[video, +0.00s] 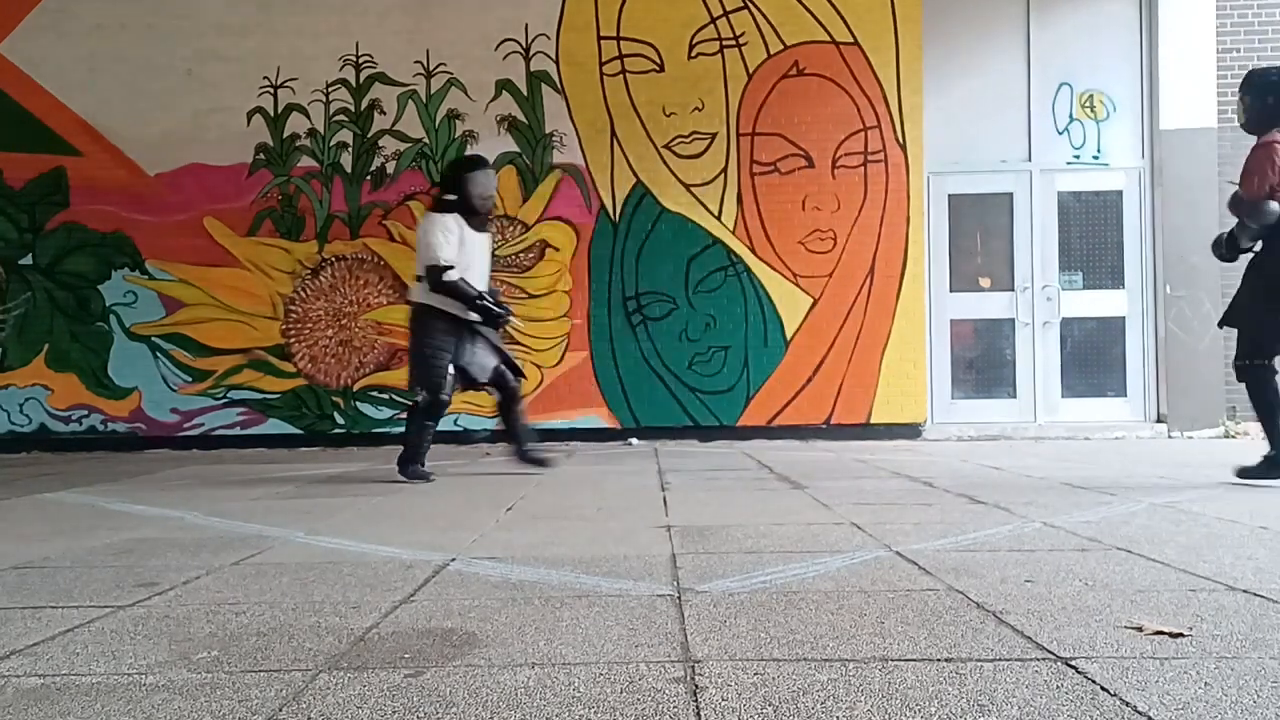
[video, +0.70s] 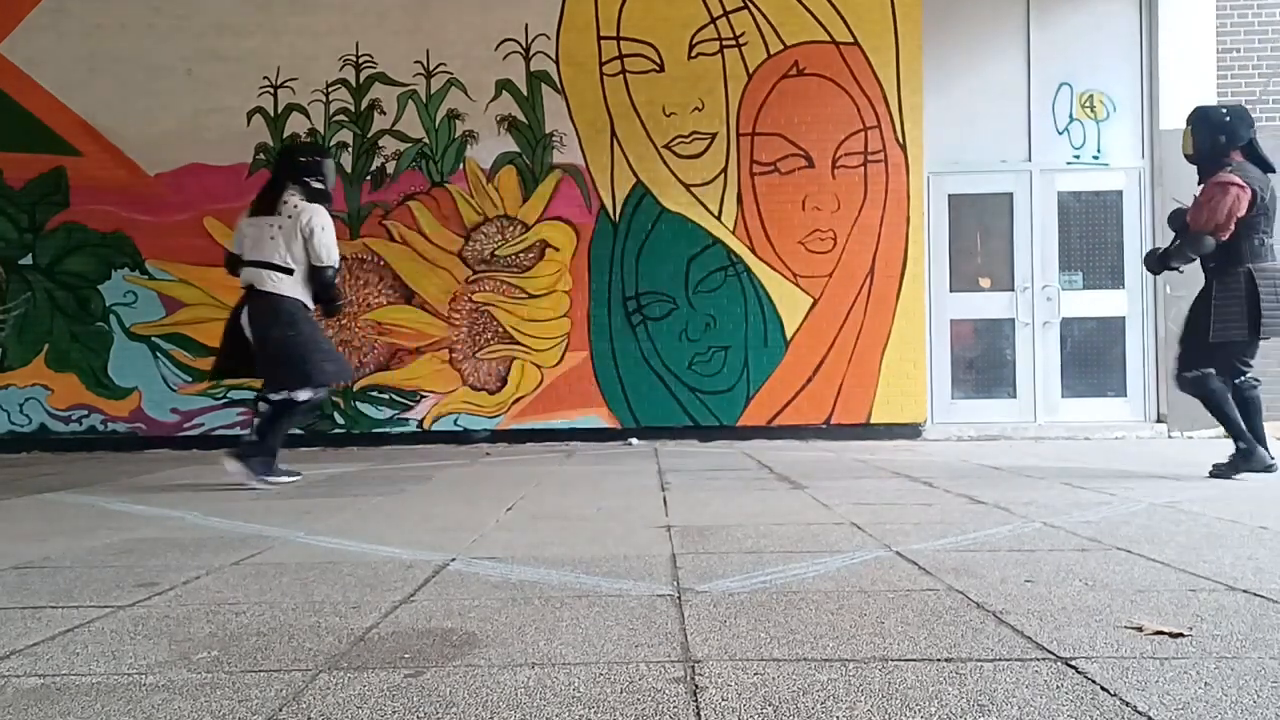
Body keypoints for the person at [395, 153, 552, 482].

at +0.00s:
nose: (490, 197)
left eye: (493, 189)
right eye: (482, 190)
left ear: (495, 188)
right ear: (459, 190)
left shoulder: (480, 228)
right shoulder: (439, 221)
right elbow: (439, 277)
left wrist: (493, 303)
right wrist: (481, 305)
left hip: (467, 324)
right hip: (435, 320)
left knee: (508, 381)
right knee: (436, 394)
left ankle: (523, 447)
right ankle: (411, 461)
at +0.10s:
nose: (470, 190)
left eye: (470, 182)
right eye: (463, 181)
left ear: (450, 182)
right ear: (441, 181)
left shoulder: (443, 221)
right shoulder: (419, 217)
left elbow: (444, 274)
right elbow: (423, 274)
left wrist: (471, 295)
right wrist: (464, 298)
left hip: (437, 317)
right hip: (412, 315)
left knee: (470, 379)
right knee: (430, 388)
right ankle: (410, 460)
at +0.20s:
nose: (446, 190)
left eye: (446, 183)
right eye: (440, 183)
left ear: (422, 184)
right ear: (419, 182)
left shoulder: (417, 218)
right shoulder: (400, 215)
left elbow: (422, 270)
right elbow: (405, 272)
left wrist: (448, 291)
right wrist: (452, 289)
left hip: (409, 312)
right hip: (392, 311)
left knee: (439, 377)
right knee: (422, 387)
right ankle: (410, 462)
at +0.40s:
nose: (398, 190)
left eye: (398, 182)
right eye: (393, 183)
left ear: (361, 184)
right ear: (374, 185)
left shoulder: (344, 212)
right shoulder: (360, 216)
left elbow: (353, 275)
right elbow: (370, 274)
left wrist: (393, 288)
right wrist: (411, 278)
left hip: (328, 316)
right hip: (350, 317)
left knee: (323, 395)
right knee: (390, 386)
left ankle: (272, 457)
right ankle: (405, 461)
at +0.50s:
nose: (368, 193)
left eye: (368, 184)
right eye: (364, 184)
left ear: (330, 185)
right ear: (347, 186)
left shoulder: (308, 220)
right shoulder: (340, 219)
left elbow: (321, 284)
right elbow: (353, 278)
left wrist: (367, 289)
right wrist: (390, 284)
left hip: (293, 318)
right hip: (320, 321)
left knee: (308, 395)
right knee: (372, 374)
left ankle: (266, 462)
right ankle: (378, 457)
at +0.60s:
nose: (346, 188)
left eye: (345, 180)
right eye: (342, 180)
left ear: (303, 178)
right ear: (327, 181)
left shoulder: (277, 214)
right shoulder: (325, 218)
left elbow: (264, 272)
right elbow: (332, 278)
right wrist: (359, 290)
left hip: (268, 313)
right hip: (301, 317)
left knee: (293, 389)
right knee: (342, 375)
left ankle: (264, 462)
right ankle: (318, 452)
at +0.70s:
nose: (330, 181)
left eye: (328, 173)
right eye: (325, 174)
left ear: (283, 173)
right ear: (313, 176)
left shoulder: (256, 208)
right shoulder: (314, 214)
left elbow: (234, 264)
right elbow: (323, 278)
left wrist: (272, 275)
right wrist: (332, 302)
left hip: (251, 309)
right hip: (285, 312)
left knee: (280, 384)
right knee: (315, 383)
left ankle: (264, 461)